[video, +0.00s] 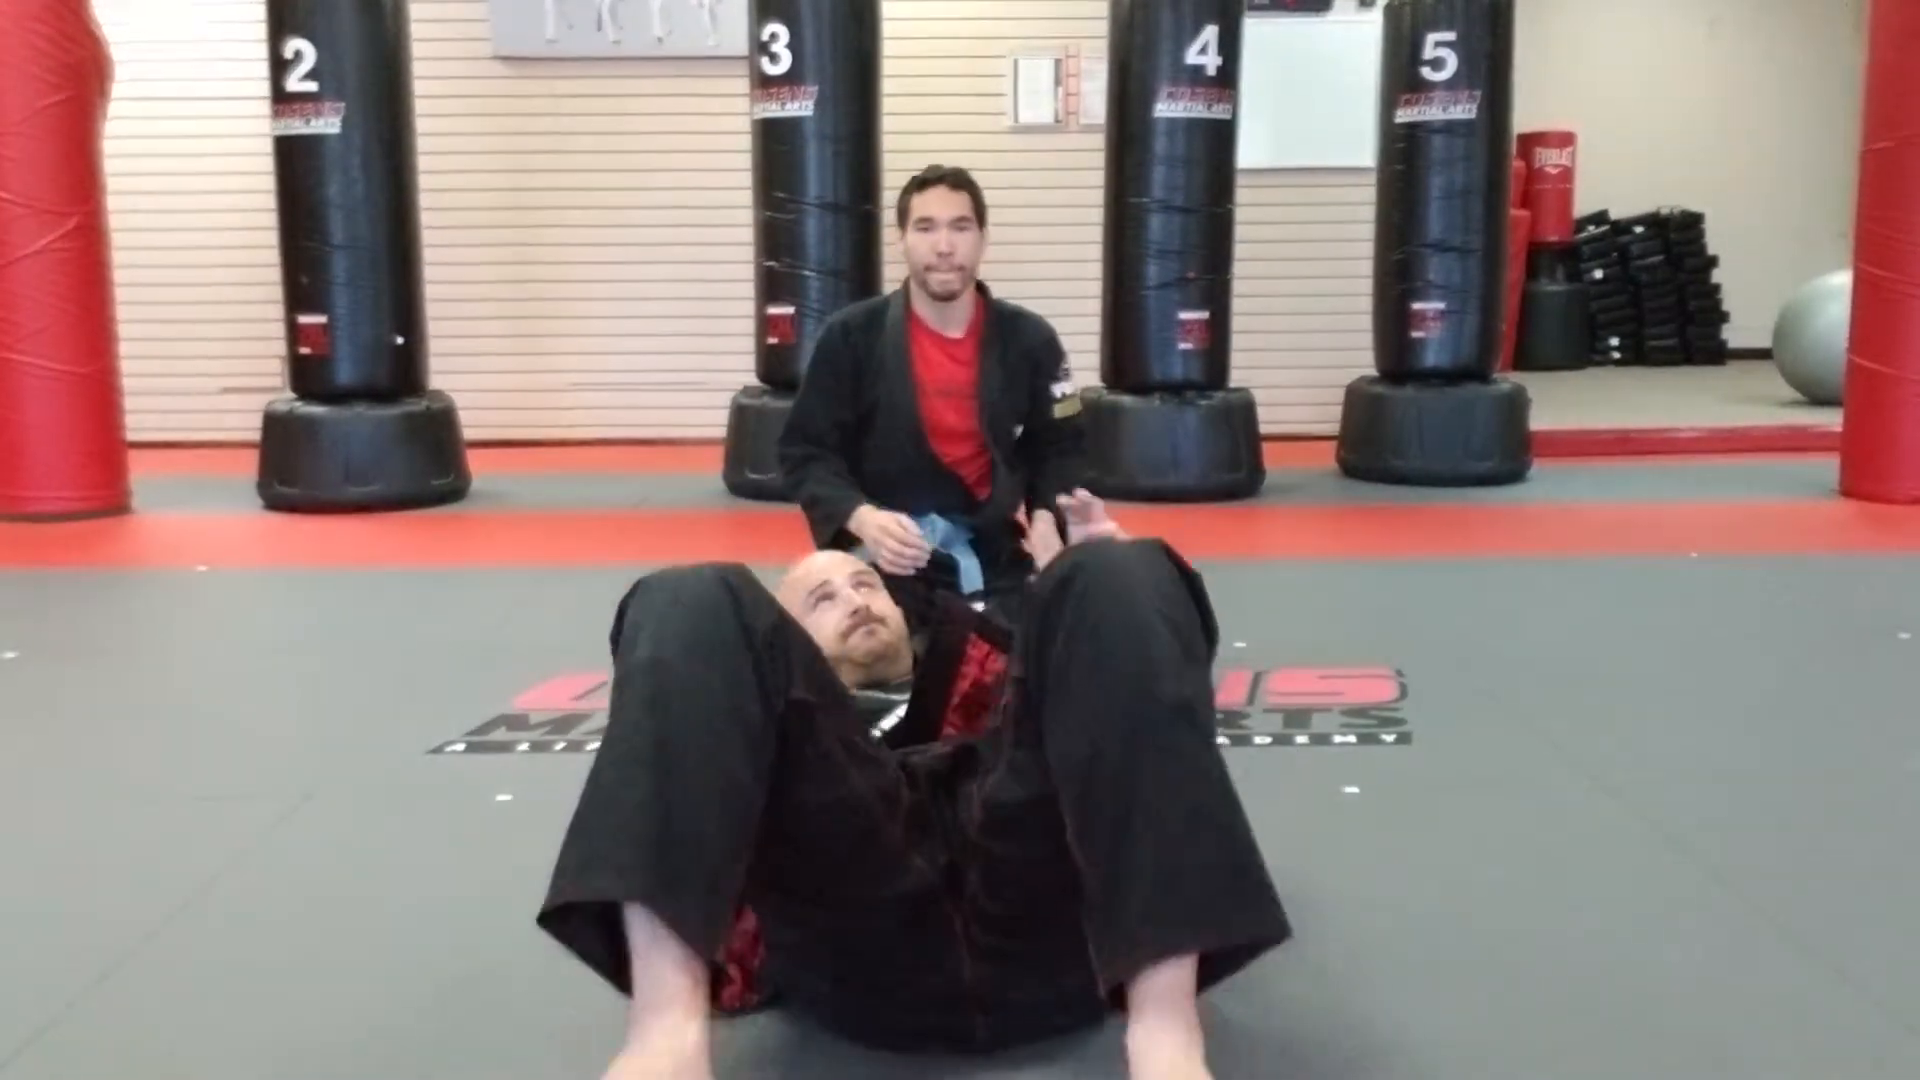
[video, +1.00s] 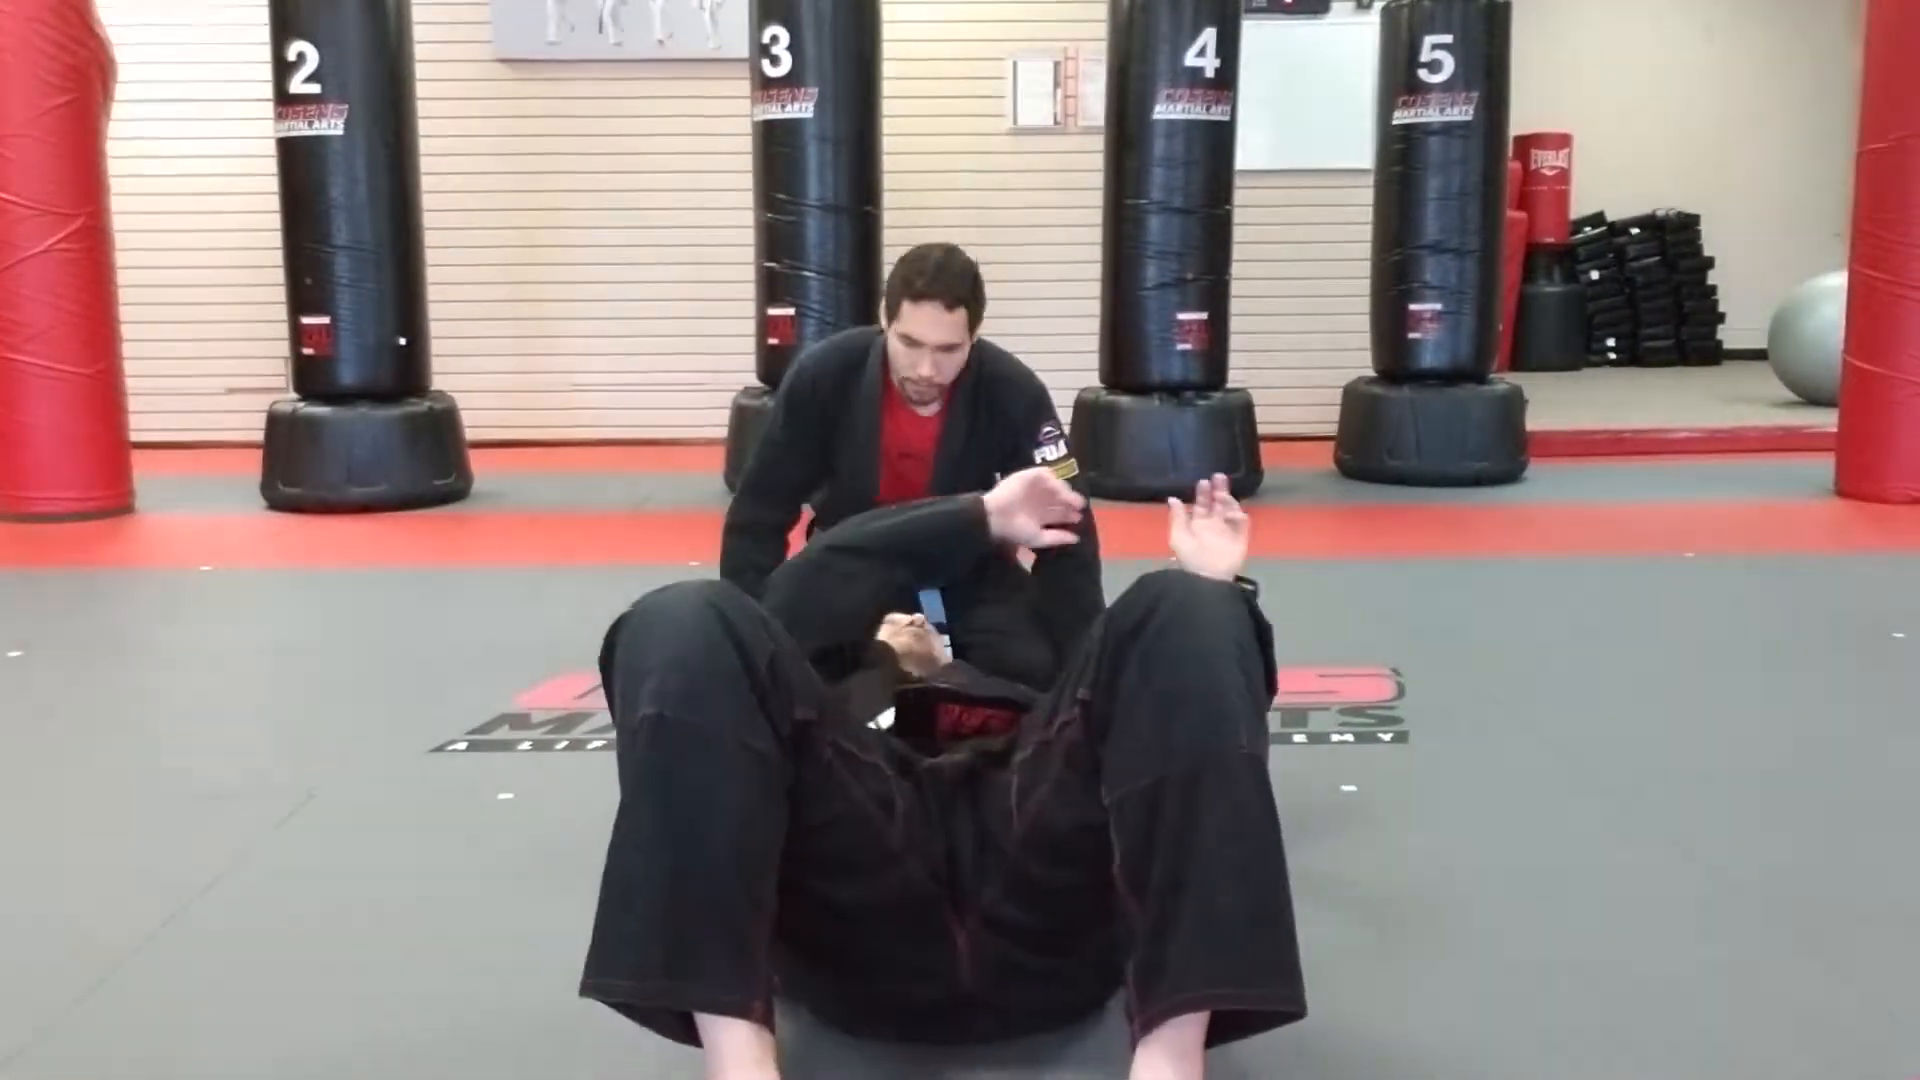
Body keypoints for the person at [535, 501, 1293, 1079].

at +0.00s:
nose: (847, 596)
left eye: (855, 581)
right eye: (818, 603)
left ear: (903, 593)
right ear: (798, 663)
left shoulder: (1024, 661)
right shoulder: (795, 736)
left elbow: (1176, 659)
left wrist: (1097, 575)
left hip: (1061, 959)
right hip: (863, 976)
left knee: (1119, 571)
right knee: (681, 598)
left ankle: (1167, 1027)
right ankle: (667, 1026)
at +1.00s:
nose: (909, 634)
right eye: (895, 626)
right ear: (867, 638)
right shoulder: (816, 700)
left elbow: (1217, 720)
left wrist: (1208, 596)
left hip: (1055, 886)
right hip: (855, 888)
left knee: (1192, 607)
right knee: (677, 620)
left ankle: (1173, 1049)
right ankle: (737, 1048)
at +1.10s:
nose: (962, 617)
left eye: (986, 611)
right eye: (935, 612)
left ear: (1025, 643)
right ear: (898, 630)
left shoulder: (1079, 714)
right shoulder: (832, 682)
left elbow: (1225, 779)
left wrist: (1253, 634)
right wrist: (1053, 483)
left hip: (1050, 893)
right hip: (857, 882)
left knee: (1204, 614)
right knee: (688, 619)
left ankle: (1177, 1056)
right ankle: (739, 1052)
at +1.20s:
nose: (1038, 608)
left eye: (1061, 614)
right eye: (1023, 603)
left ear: (1091, 666)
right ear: (987, 621)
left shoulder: (1100, 721)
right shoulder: (893, 646)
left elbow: (1242, 804)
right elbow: (920, 495)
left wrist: (1286, 669)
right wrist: (1087, 431)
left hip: (1052, 836)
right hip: (861, 824)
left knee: (1203, 623)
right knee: (703, 619)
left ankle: (1179, 1055)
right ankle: (739, 1050)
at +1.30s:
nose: (1097, 597)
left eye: (1114, 602)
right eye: (1083, 589)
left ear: (1130, 649)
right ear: (1043, 601)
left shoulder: (1116, 712)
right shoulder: (948, 610)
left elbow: (1235, 818)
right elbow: (927, 472)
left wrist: (1304, 703)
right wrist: (1065, 400)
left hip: (1044, 805)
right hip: (872, 762)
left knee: (1191, 643)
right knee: (729, 625)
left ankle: (1183, 1055)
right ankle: (744, 1049)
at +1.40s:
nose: (1127, 595)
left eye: (1147, 607)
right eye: (1124, 583)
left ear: (1134, 654)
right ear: (1083, 580)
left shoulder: (1116, 705)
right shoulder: (997, 573)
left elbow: (1193, 833)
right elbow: (900, 476)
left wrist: (1294, 721)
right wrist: (995, 419)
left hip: (1022, 782)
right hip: (879, 722)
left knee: (1165, 655)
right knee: (750, 641)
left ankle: (1178, 1050)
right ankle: (742, 1050)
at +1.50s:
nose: (1129, 590)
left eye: (1154, 601)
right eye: (1125, 582)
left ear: (1185, 661)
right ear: (1075, 595)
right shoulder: (986, 593)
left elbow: (1176, 799)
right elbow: (855, 511)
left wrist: (1263, 682)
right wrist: (915, 448)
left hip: (1013, 792)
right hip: (862, 741)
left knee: (1128, 628)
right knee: (748, 660)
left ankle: (1131, 1016)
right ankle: (734, 1046)